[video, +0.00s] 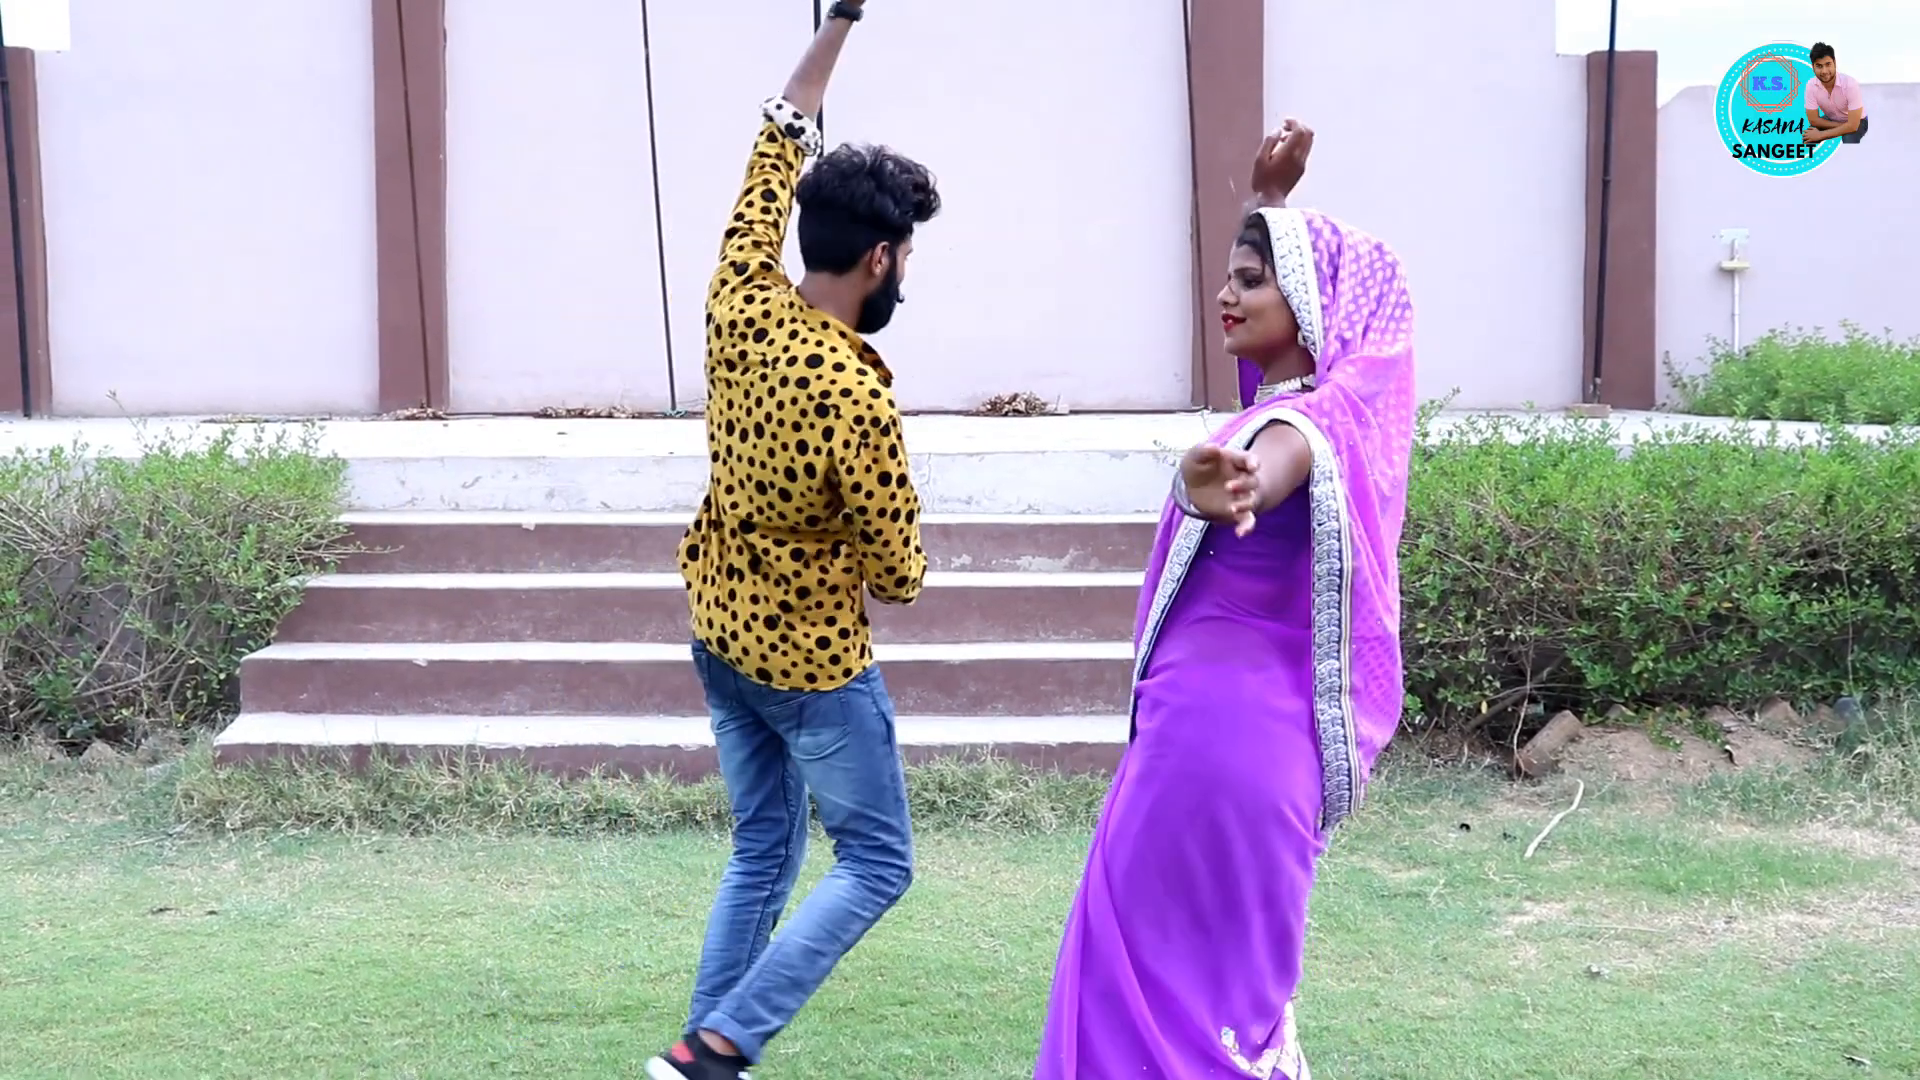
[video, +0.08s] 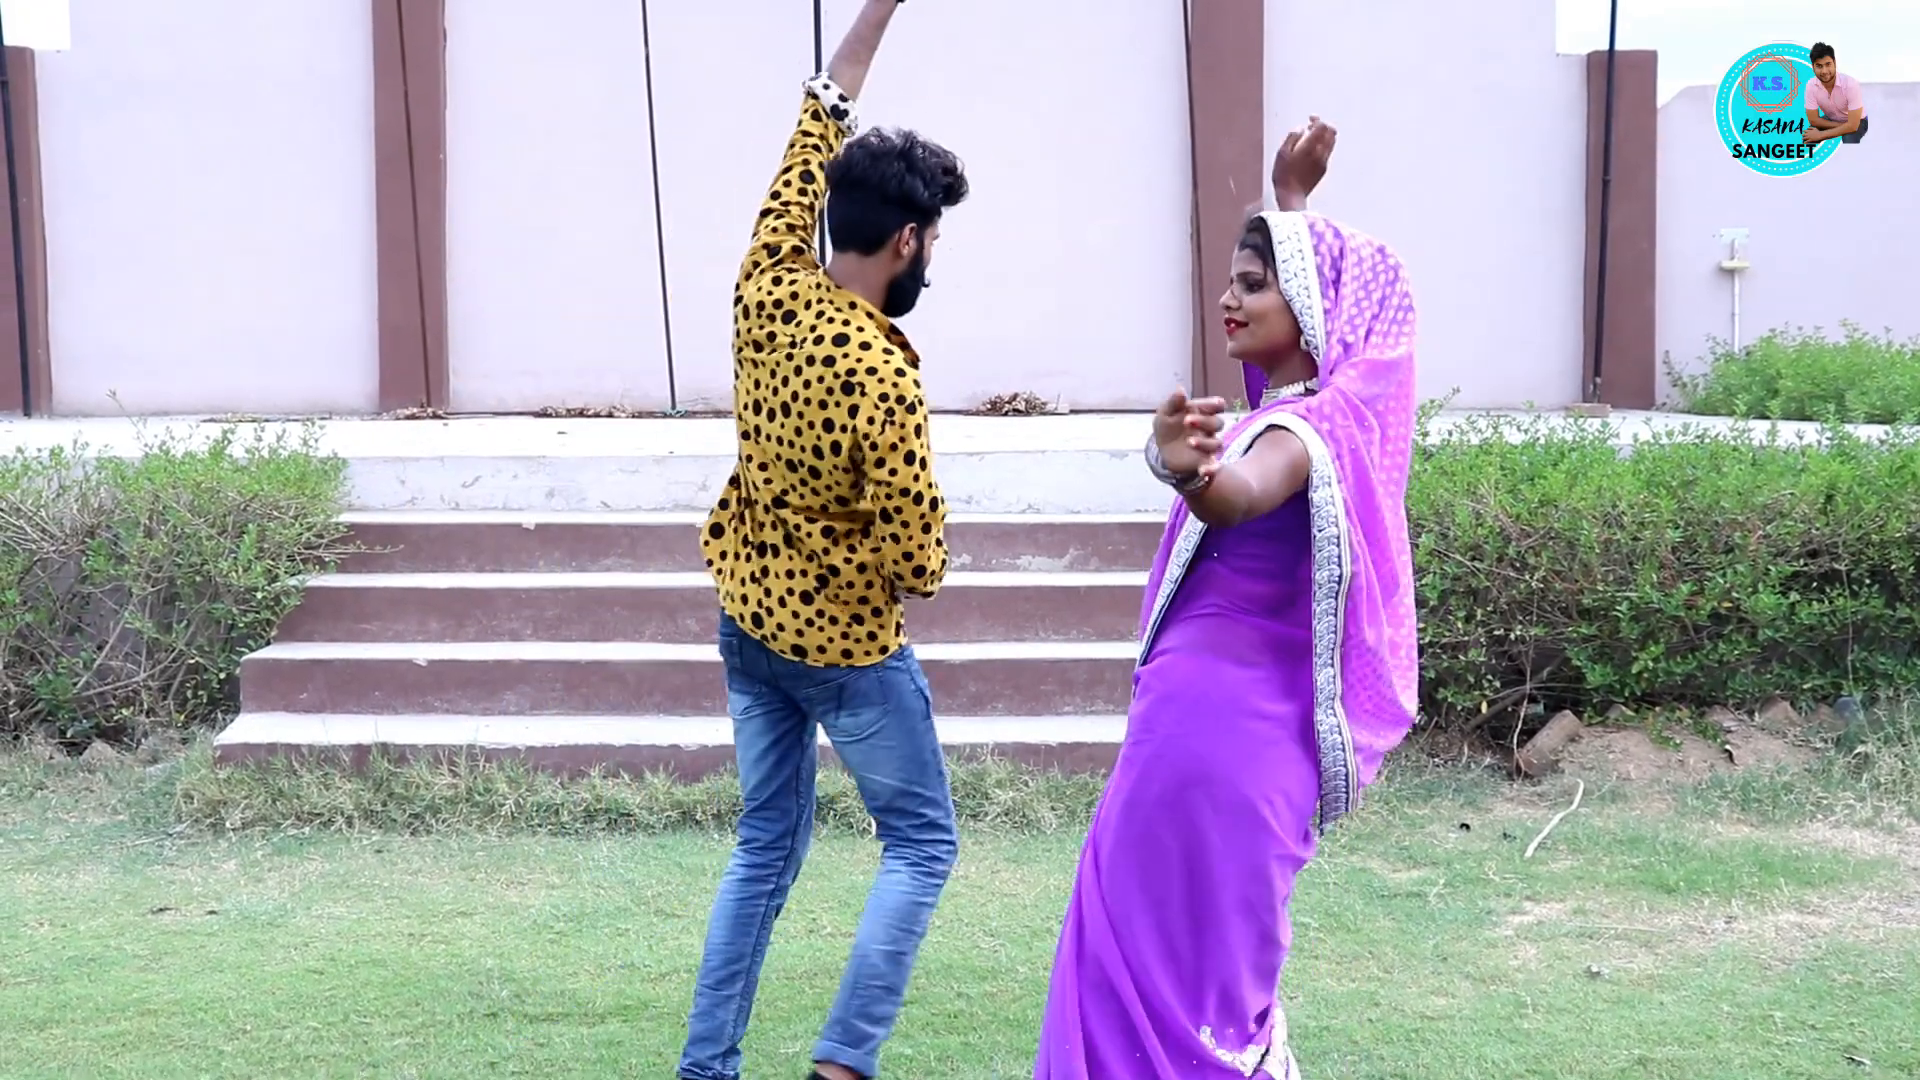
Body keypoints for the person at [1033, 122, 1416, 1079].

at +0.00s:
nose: (1228, 296)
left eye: (1251, 281)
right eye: (1229, 278)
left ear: (1310, 303)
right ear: (1309, 311)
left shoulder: (1296, 416)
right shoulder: (1324, 401)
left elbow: (1267, 464)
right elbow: (1276, 290)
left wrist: (1210, 485)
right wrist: (1270, 201)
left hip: (1218, 727)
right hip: (1259, 726)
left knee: (1116, 955)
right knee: (1235, 979)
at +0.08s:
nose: (1229, 299)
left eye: (1254, 284)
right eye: (1229, 281)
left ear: (1315, 308)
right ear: (1308, 315)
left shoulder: (1293, 423)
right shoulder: (1319, 409)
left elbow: (1247, 490)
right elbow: (1329, 294)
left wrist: (1191, 468)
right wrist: (1293, 200)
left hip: (1223, 736)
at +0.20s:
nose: (1233, 304)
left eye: (1256, 288)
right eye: (1233, 286)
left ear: (1319, 312)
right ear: (1320, 319)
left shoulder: (1307, 432)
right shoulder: (1315, 413)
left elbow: (1219, 518)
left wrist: (1165, 413)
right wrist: (1328, 253)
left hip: (1235, 742)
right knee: (1085, 908)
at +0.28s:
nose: (1233, 313)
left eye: (1258, 296)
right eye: (1235, 297)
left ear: (1326, 316)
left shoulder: (1298, 439)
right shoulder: (1341, 433)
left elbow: (1205, 532)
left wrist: (1152, 393)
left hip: (1232, 755)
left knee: (1096, 919)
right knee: (1075, 900)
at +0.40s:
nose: (1230, 320)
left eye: (1253, 304)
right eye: (1233, 303)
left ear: (1318, 323)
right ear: (1306, 331)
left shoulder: (1301, 443)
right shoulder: (1303, 432)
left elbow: (1173, 523)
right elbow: (1258, 627)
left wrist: (1131, 362)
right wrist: (1177, 751)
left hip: (1229, 765)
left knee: (1097, 965)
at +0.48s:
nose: (1229, 311)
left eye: (1253, 293)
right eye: (1231, 292)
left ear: (1318, 314)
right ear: (1313, 322)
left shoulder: (1295, 433)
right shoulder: (1338, 430)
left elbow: (1162, 493)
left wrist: (1101, 336)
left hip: (1224, 755)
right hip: (1277, 757)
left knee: (1110, 958)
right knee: (1255, 997)